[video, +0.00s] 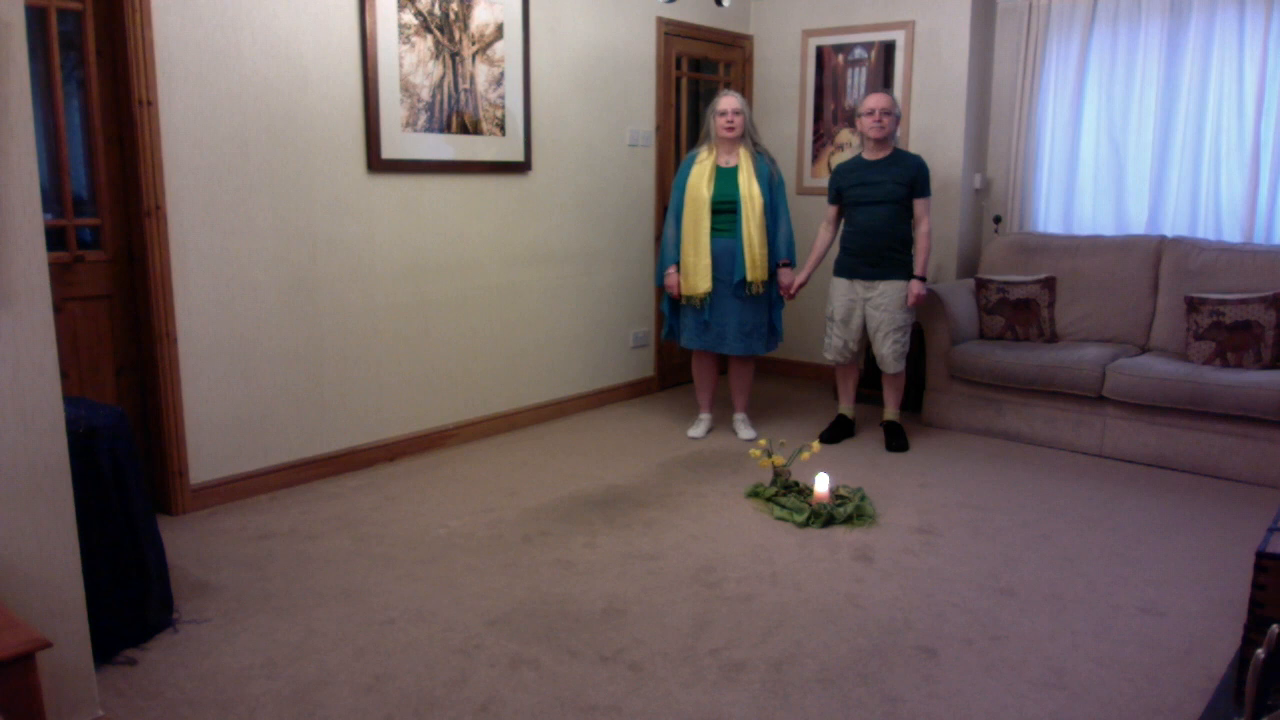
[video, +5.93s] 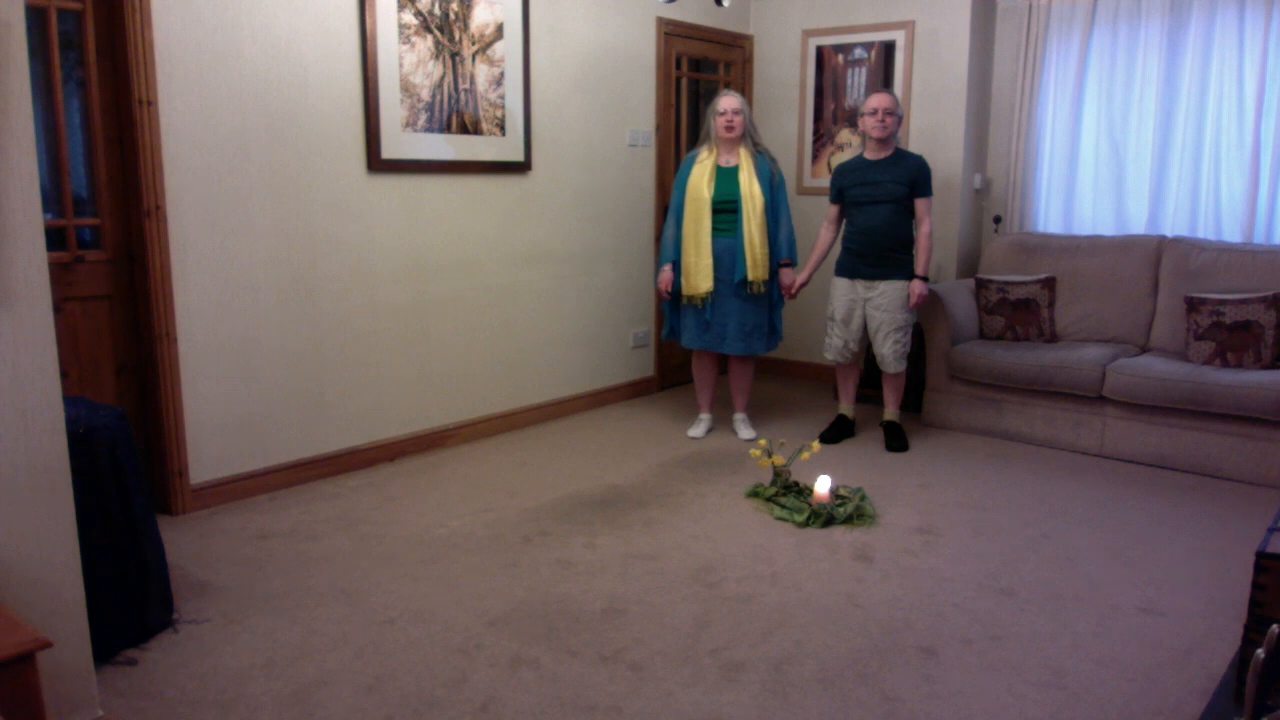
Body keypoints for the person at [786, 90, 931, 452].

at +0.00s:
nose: (878, 119)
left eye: (885, 113)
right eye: (870, 114)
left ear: (897, 121)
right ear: (858, 123)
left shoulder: (913, 167)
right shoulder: (843, 172)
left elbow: (922, 224)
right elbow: (829, 226)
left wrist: (919, 276)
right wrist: (804, 273)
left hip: (893, 279)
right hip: (848, 277)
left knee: (892, 355)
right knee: (843, 349)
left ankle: (892, 420)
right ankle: (845, 415)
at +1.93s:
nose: (877, 119)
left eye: (885, 114)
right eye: (870, 114)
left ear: (896, 121)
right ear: (857, 122)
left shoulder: (912, 167)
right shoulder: (842, 172)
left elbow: (922, 224)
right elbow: (828, 227)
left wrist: (918, 276)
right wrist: (804, 272)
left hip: (892, 279)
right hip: (847, 277)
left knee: (891, 354)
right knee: (843, 349)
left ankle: (892, 420)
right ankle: (845, 415)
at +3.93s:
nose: (879, 119)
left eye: (887, 113)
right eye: (871, 114)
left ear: (898, 121)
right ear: (858, 122)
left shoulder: (913, 166)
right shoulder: (843, 172)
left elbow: (923, 223)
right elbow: (829, 226)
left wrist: (920, 276)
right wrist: (805, 272)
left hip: (893, 279)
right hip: (848, 277)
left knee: (891, 354)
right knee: (843, 349)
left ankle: (892, 420)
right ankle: (845, 415)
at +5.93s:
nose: (881, 119)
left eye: (888, 113)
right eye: (873, 113)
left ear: (899, 121)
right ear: (860, 122)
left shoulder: (914, 166)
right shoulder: (844, 172)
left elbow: (924, 224)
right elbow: (830, 227)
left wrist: (921, 276)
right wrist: (806, 273)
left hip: (894, 278)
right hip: (849, 276)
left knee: (892, 354)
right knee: (844, 349)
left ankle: (892, 420)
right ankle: (845, 415)